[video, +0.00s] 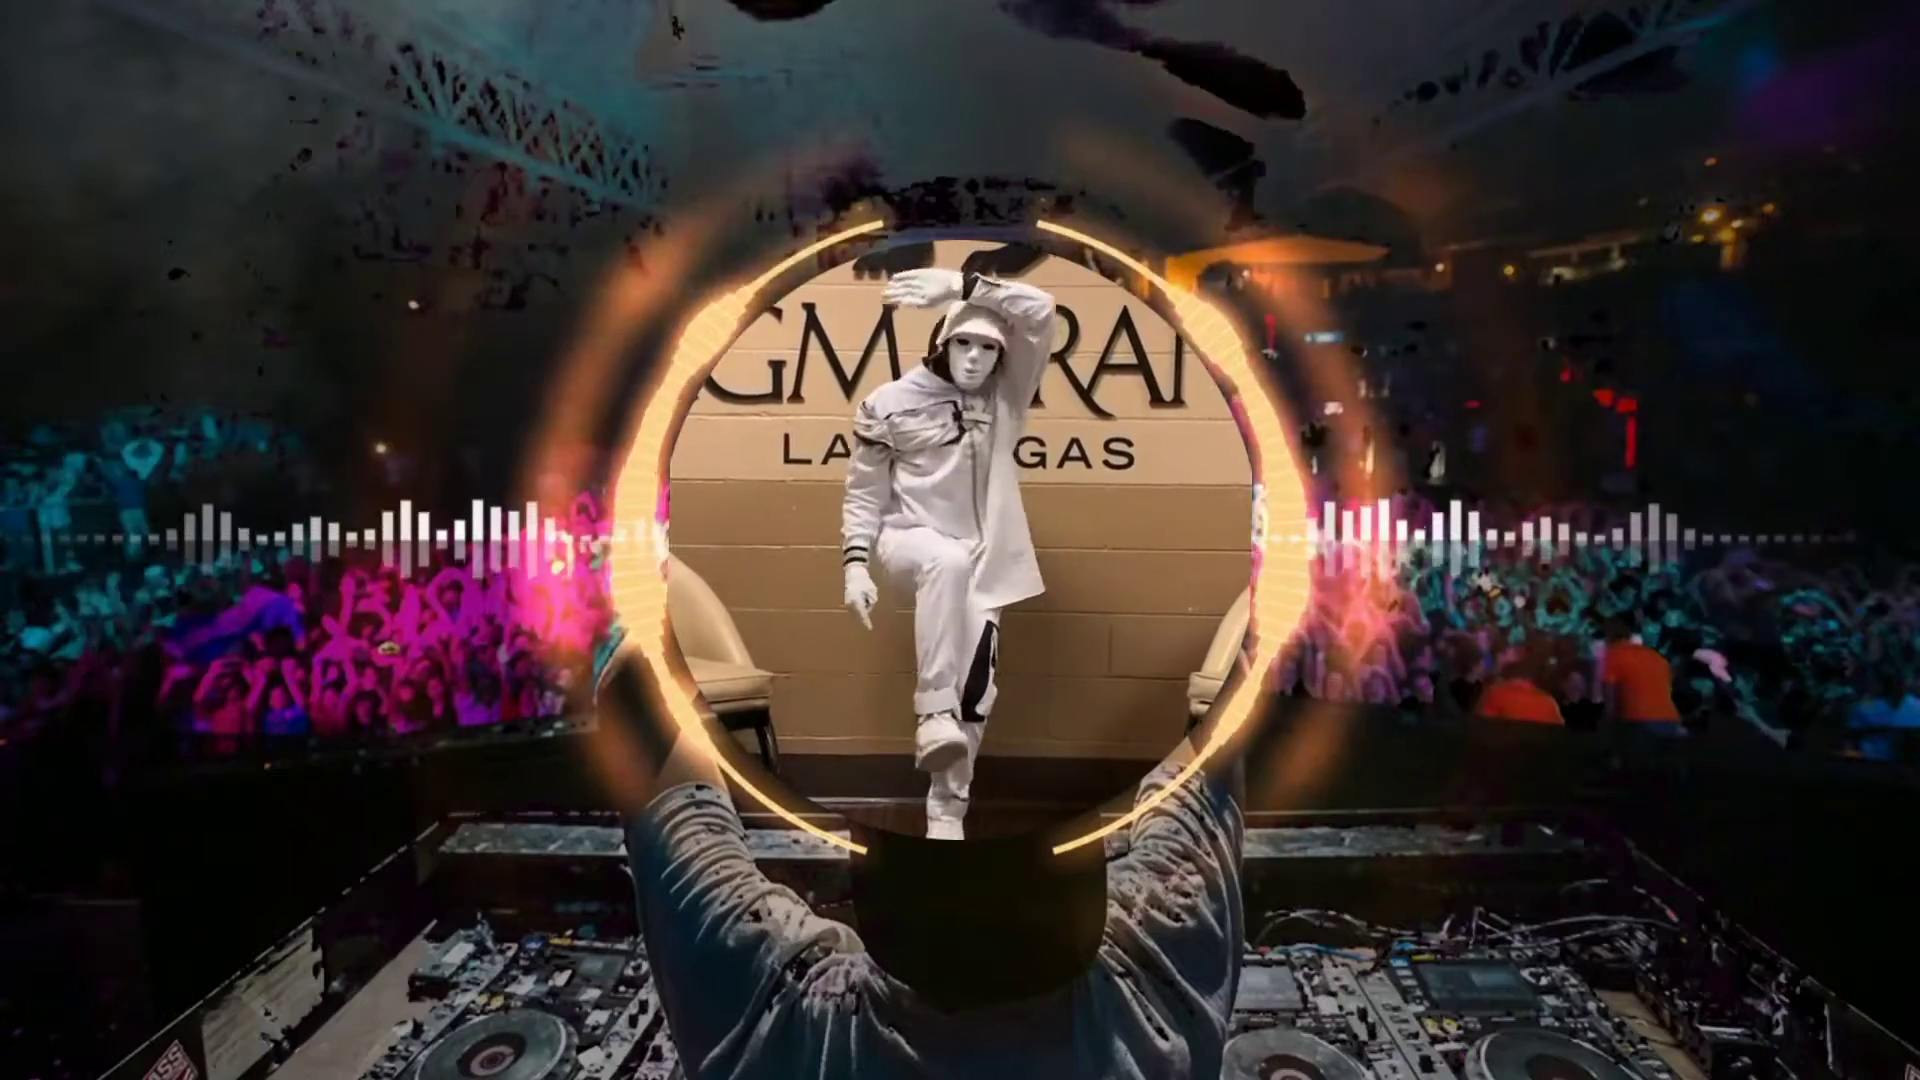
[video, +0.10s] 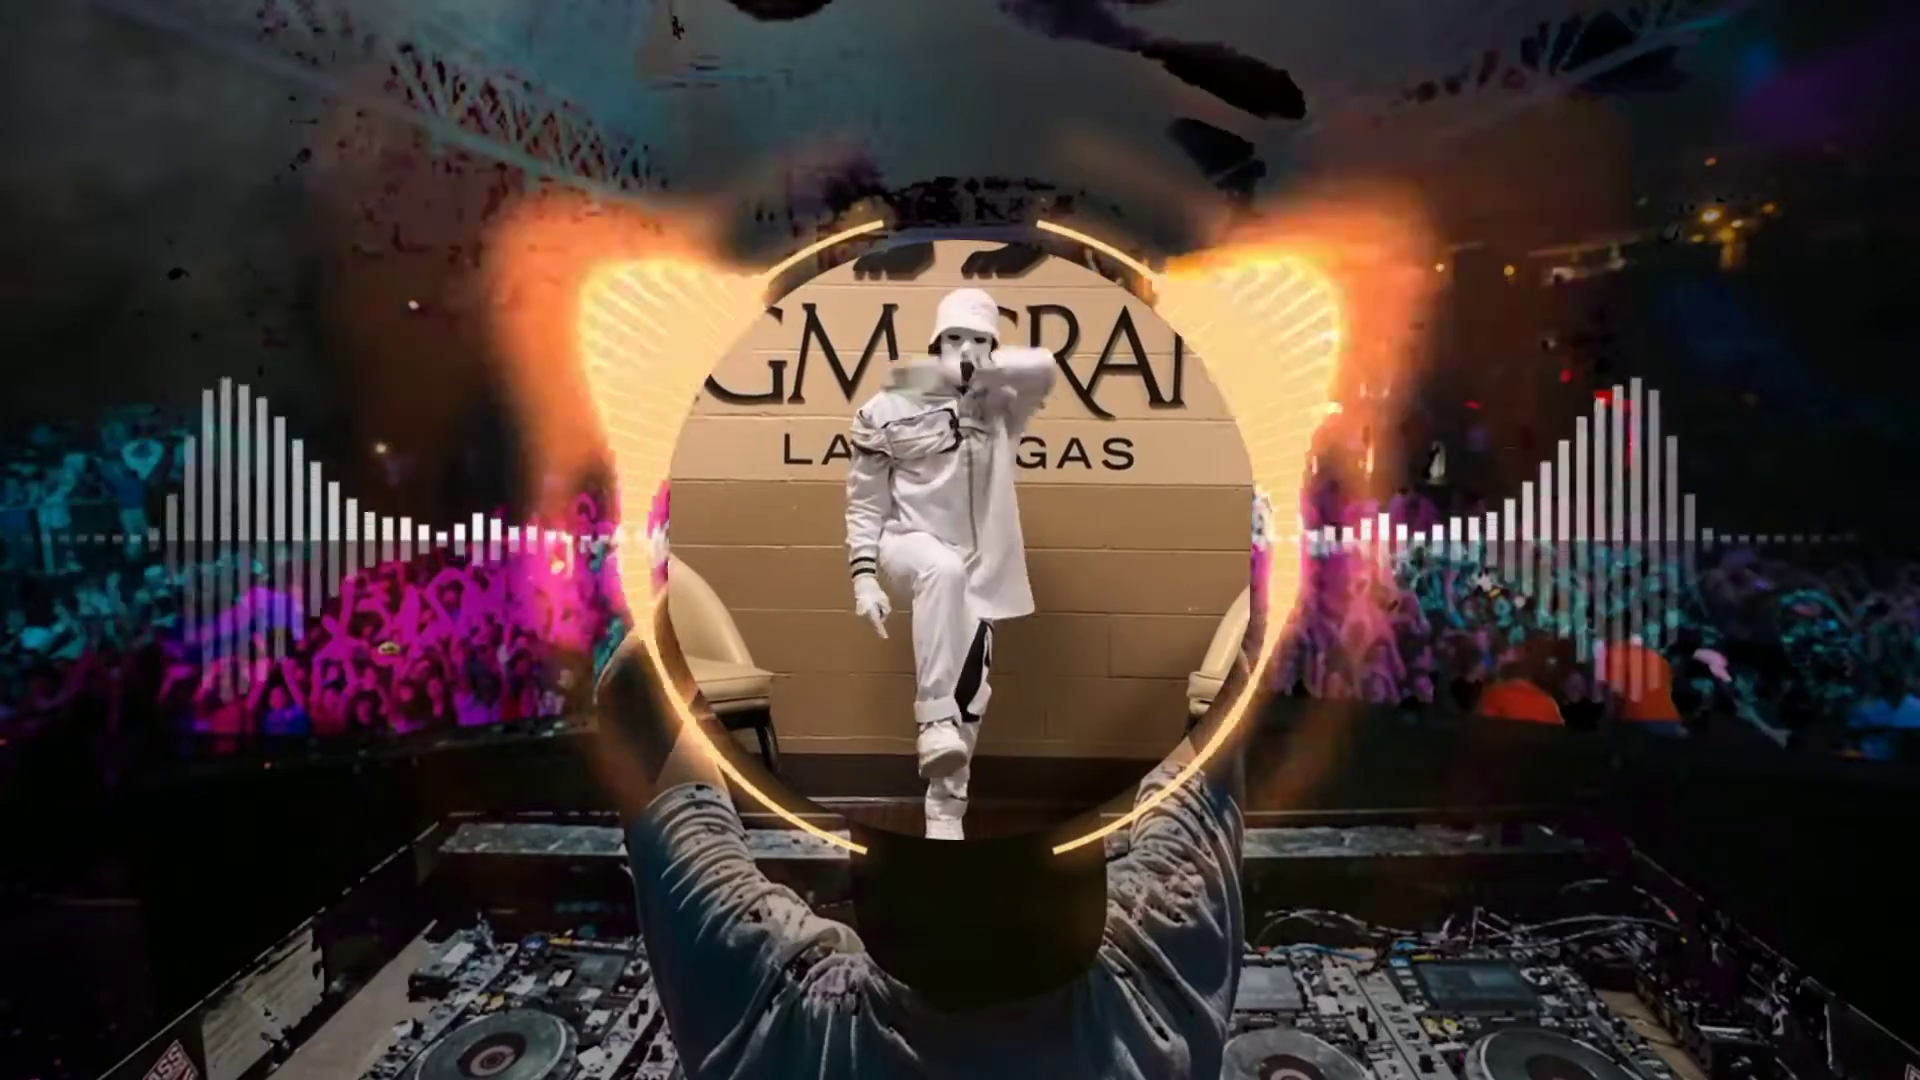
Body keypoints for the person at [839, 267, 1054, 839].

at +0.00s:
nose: (974, 357)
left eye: (986, 348)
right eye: (964, 344)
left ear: (999, 356)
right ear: (944, 346)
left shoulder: (1005, 399)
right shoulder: (892, 404)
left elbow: (1041, 315)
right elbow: (865, 493)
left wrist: (960, 283)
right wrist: (856, 561)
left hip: (983, 558)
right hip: (906, 543)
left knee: (971, 701)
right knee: (950, 557)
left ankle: (947, 820)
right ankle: (937, 711)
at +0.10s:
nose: (968, 353)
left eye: (979, 343)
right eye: (957, 341)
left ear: (994, 350)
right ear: (936, 344)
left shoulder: (1002, 405)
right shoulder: (886, 414)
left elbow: (1041, 367)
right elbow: (866, 502)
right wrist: (863, 572)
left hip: (980, 564)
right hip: (907, 544)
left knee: (966, 705)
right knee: (945, 567)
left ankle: (946, 816)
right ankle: (936, 718)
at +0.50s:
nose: (960, 350)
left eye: (972, 340)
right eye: (951, 338)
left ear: (987, 349)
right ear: (934, 345)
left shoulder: (1006, 419)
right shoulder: (887, 412)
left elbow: (992, 508)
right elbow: (862, 505)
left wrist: (949, 444)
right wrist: (850, 583)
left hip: (965, 580)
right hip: (895, 577)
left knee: (951, 697)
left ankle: (945, 815)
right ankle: (867, 802)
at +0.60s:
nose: (938, 347)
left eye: (952, 337)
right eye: (931, 335)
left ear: (974, 348)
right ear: (919, 341)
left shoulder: (997, 414)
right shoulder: (882, 405)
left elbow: (978, 503)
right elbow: (850, 494)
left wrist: (948, 429)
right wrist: (835, 569)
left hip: (949, 578)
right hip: (877, 572)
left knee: (932, 691)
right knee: (859, 690)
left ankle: (943, 810)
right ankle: (880, 799)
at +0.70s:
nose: (868, 343)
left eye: (879, 333)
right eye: (869, 332)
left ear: (915, 341)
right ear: (890, 339)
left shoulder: (966, 392)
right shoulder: (883, 398)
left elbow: (970, 487)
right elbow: (862, 482)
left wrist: (933, 409)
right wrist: (844, 552)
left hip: (936, 566)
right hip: (874, 562)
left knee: (914, 696)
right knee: (846, 685)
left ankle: (942, 814)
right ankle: (881, 799)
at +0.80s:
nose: (853, 337)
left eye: (863, 327)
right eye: (854, 326)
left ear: (896, 335)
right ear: (887, 332)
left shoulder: (947, 392)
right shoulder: (879, 390)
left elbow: (964, 489)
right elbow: (864, 478)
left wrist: (896, 425)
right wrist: (850, 537)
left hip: (929, 571)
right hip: (871, 564)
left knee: (914, 699)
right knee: (846, 685)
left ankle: (946, 810)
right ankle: (883, 797)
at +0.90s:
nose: (843, 335)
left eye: (851, 324)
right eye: (844, 324)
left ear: (882, 328)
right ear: (886, 327)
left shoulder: (936, 382)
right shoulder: (889, 387)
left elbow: (977, 467)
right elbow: (892, 487)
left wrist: (887, 453)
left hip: (922, 574)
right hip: (875, 570)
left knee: (896, 697)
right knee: (837, 673)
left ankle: (968, 799)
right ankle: (897, 788)